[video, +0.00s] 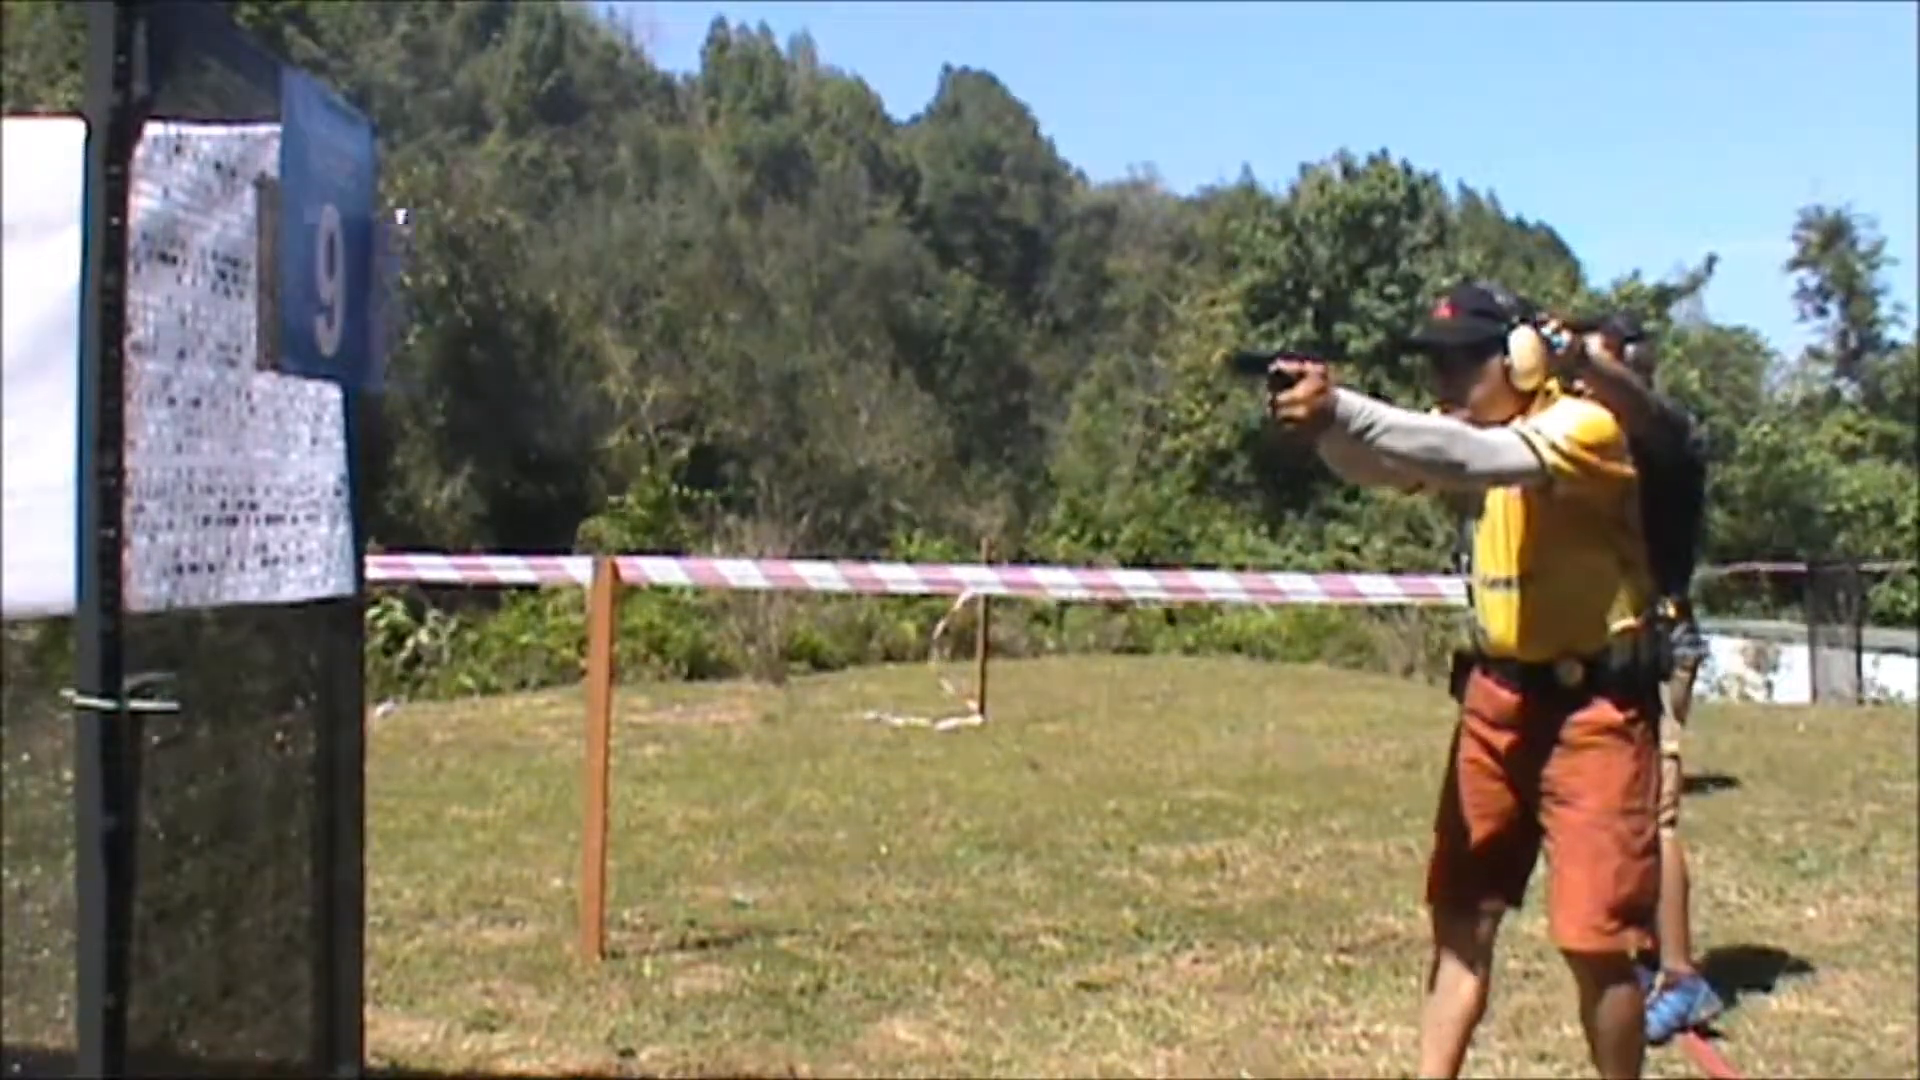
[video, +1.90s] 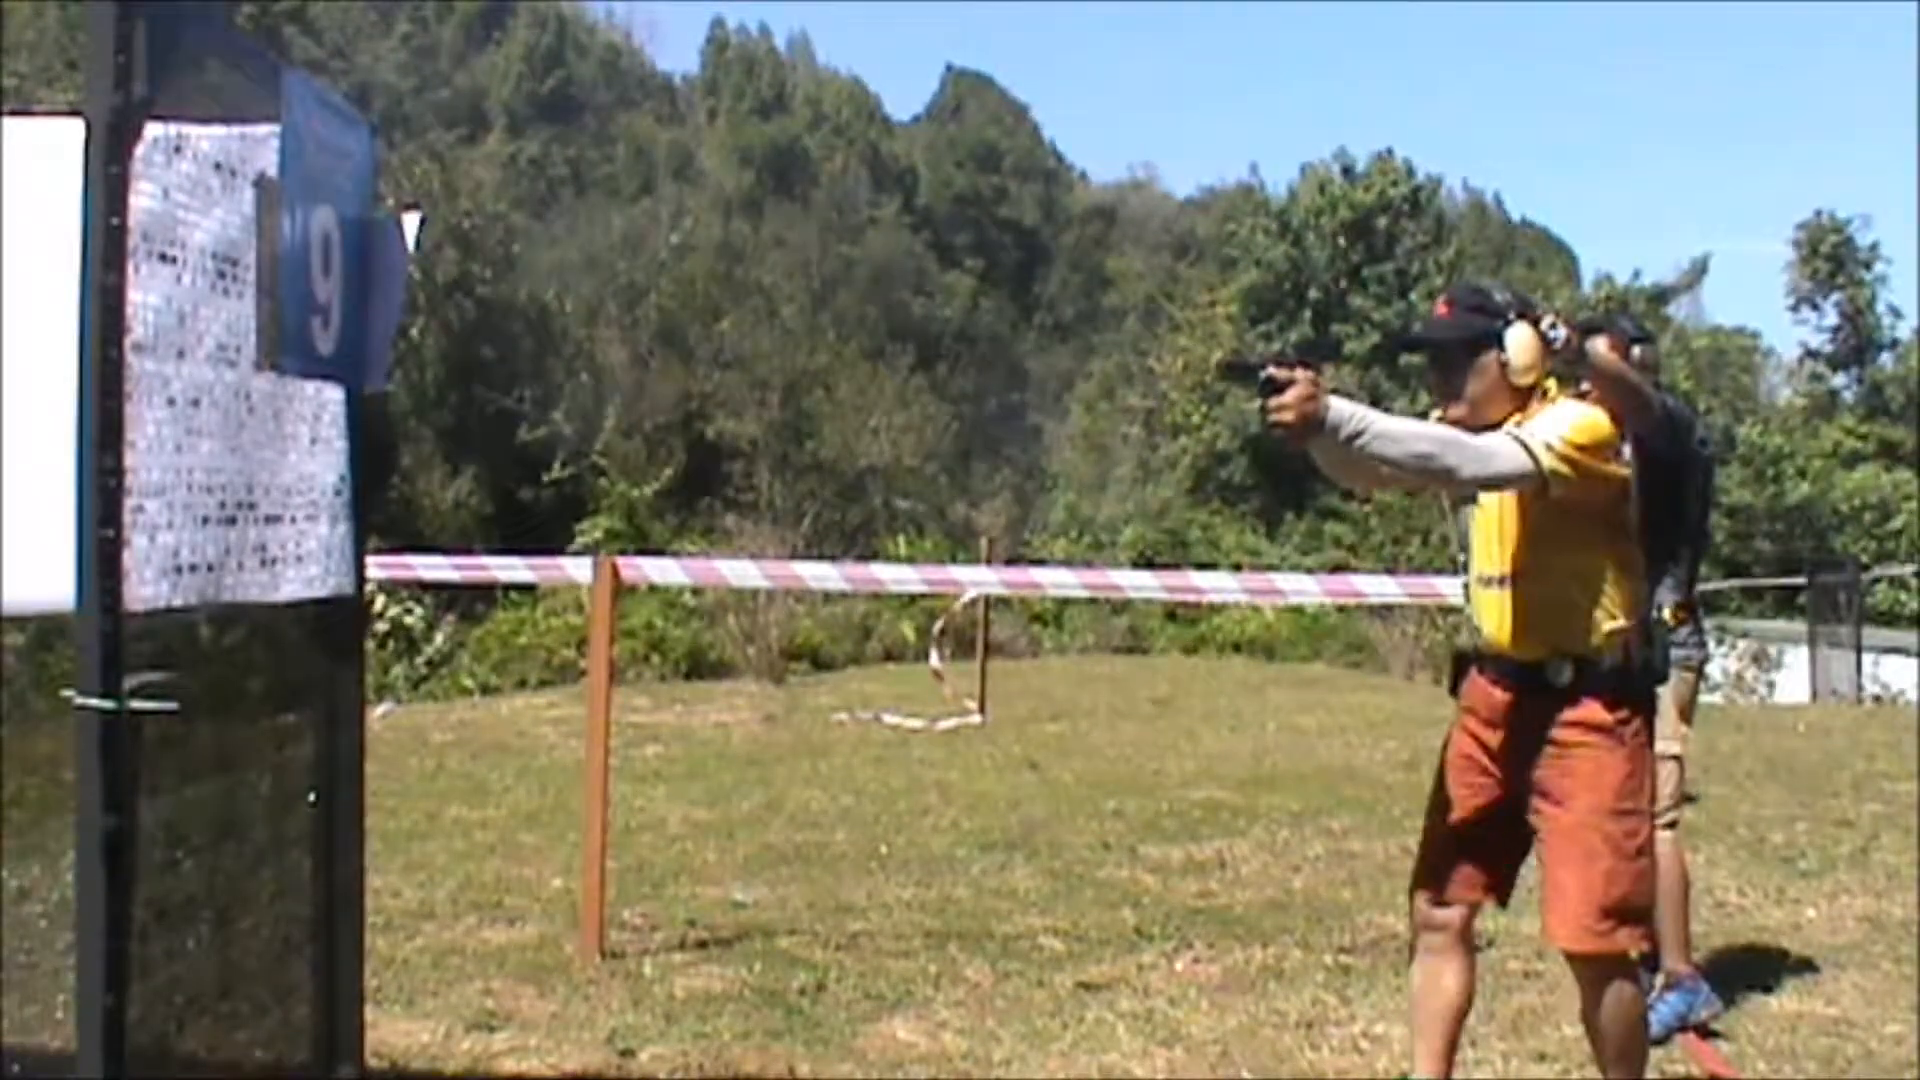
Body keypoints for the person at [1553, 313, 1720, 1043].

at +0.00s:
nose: (1599, 371)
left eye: (1612, 359)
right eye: (1595, 359)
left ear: (1638, 364)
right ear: (1590, 368)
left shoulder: (1671, 437)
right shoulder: (1581, 433)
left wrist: (1585, 359)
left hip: (1659, 631)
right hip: (1601, 637)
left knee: (1657, 806)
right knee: (1614, 805)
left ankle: (1678, 970)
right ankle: (1639, 965)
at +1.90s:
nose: (1601, 372)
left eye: (1613, 359)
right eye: (1597, 359)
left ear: (1640, 362)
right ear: (1608, 362)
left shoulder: (1673, 432)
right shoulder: (1598, 430)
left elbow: (1619, 388)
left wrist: (1585, 354)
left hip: (1661, 629)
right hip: (1612, 632)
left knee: (1659, 810)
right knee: (1624, 812)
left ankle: (1678, 973)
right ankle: (1644, 968)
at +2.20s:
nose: (1580, 390)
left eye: (1592, 376)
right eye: (1577, 379)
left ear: (1627, 372)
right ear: (1586, 383)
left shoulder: (1660, 440)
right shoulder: (1611, 450)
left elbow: (1618, 384)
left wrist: (1568, 346)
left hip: (1649, 653)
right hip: (1608, 651)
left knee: (1643, 818)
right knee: (1628, 819)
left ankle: (1682, 976)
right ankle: (1652, 962)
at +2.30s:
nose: (1570, 393)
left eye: (1580, 377)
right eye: (1566, 381)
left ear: (1614, 371)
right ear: (1587, 378)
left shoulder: (1651, 438)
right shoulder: (1613, 450)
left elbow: (1614, 395)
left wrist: (1559, 351)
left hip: (1635, 658)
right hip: (1606, 655)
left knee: (1619, 819)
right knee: (1620, 819)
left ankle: (1674, 972)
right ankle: (1653, 964)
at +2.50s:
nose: (1538, 397)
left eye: (1549, 383)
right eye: (1536, 384)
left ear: (1582, 379)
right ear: (1554, 386)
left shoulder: (1618, 442)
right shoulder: (1603, 452)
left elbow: (1590, 402)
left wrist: (1532, 358)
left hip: (1605, 656)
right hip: (1624, 656)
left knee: (1550, 810)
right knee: (1628, 816)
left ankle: (1596, 969)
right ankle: (1658, 965)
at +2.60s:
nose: (1521, 404)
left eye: (1531, 389)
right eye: (1519, 392)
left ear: (1558, 384)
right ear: (1528, 396)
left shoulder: (1597, 447)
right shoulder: (1578, 459)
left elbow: (1565, 404)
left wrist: (1514, 364)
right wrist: (1495, 529)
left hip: (1585, 655)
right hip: (1608, 655)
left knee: (1530, 810)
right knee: (1617, 810)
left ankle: (1527, 975)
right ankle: (1657, 965)